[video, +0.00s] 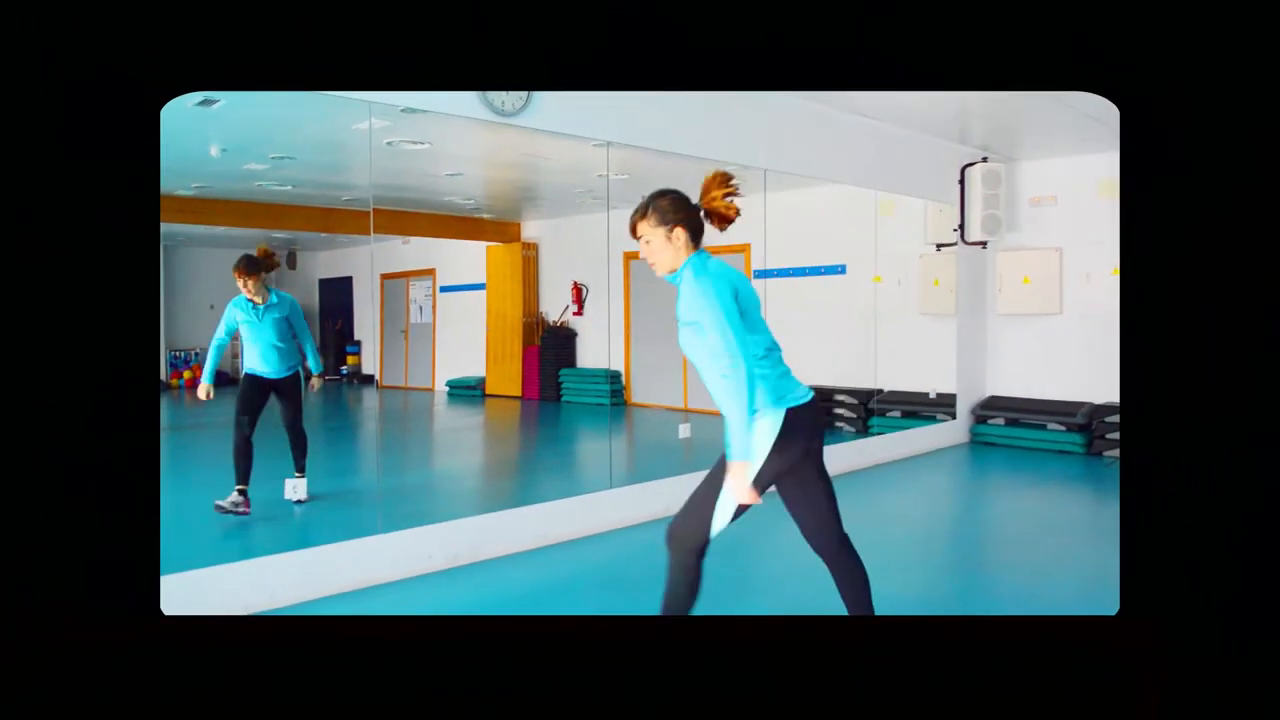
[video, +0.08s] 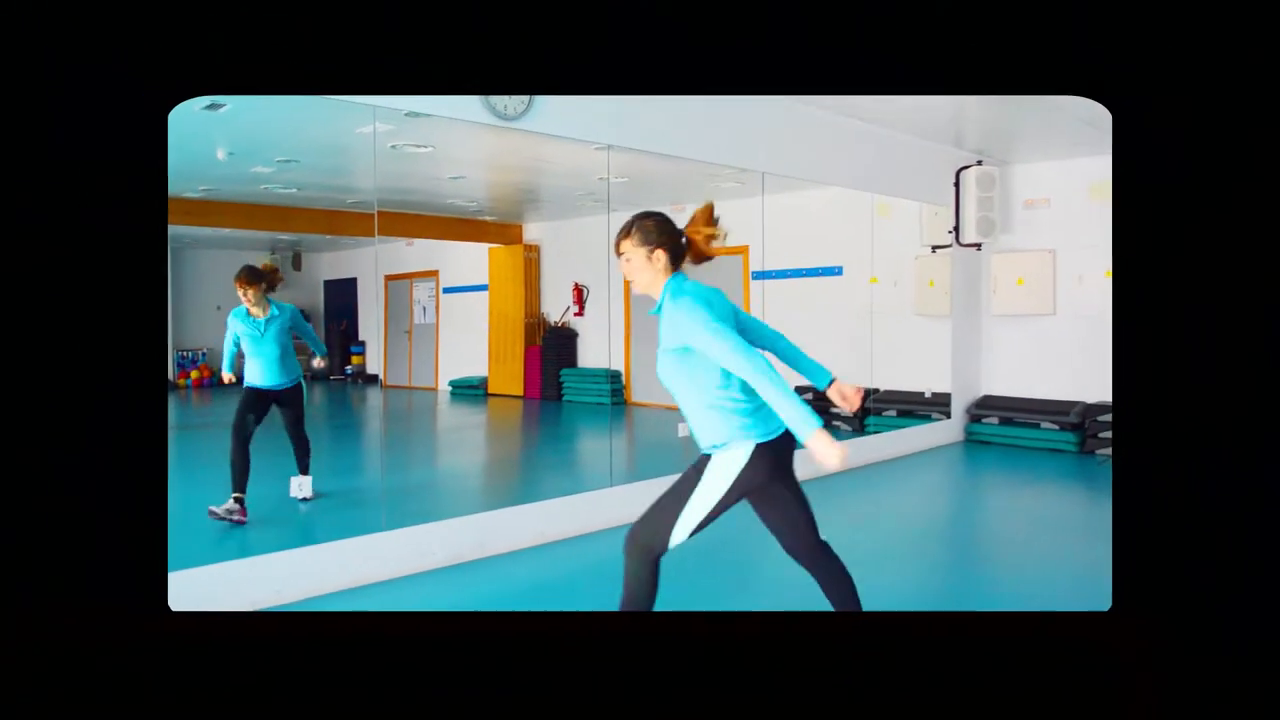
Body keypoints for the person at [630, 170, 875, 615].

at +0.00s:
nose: (642, 253)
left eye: (647, 241)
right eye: (640, 244)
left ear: (679, 236)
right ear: (679, 238)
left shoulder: (698, 286)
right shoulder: (719, 274)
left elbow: (732, 375)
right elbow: (756, 358)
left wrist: (739, 467)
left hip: (774, 424)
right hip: (798, 416)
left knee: (684, 536)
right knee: (832, 543)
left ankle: (671, 614)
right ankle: (864, 615)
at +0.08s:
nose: (622, 269)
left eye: (627, 257)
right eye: (621, 259)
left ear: (658, 258)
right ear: (659, 259)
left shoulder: (684, 310)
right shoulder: (702, 297)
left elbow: (753, 367)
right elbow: (771, 341)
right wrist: (830, 383)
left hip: (742, 450)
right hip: (763, 443)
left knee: (641, 543)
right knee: (809, 550)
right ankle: (853, 609)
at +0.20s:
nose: (582, 254)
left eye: (588, 243)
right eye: (581, 244)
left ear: (619, 247)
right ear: (617, 249)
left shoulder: (639, 296)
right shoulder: (643, 288)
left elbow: (714, 341)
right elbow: (716, 317)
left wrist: (788, 390)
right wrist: (781, 347)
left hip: (678, 437)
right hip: (696, 433)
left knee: (599, 541)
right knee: (717, 548)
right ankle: (801, 601)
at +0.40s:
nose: (531, 226)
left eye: (539, 215)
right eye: (530, 216)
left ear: (570, 220)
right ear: (563, 220)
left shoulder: (592, 271)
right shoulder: (562, 273)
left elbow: (644, 343)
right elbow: (591, 345)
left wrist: (655, 423)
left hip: (608, 416)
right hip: (578, 419)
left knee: (573, 535)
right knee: (541, 523)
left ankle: (595, 597)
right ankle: (595, 583)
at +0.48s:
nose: (510, 223)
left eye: (520, 214)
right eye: (510, 213)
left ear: (551, 219)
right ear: (536, 220)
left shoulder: (574, 273)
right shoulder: (527, 272)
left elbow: (620, 347)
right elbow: (529, 346)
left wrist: (599, 420)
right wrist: (492, 392)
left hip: (578, 423)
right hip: (538, 425)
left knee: (554, 537)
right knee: (495, 522)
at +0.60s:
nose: (476, 224)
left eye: (488, 216)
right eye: (472, 215)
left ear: (514, 227)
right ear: (467, 222)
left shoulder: (535, 284)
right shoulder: (453, 279)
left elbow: (575, 349)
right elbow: (426, 332)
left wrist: (548, 398)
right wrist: (381, 364)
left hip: (520, 429)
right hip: (465, 429)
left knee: (518, 542)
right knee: (433, 534)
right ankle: (407, 598)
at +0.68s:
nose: (460, 228)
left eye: (469, 221)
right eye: (452, 220)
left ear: (480, 233)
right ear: (436, 228)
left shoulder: (497, 290)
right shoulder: (402, 280)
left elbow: (531, 344)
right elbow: (360, 319)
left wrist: (526, 384)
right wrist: (331, 357)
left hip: (473, 428)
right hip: (414, 428)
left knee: (482, 537)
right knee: (395, 539)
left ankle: (524, 595)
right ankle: (382, 598)